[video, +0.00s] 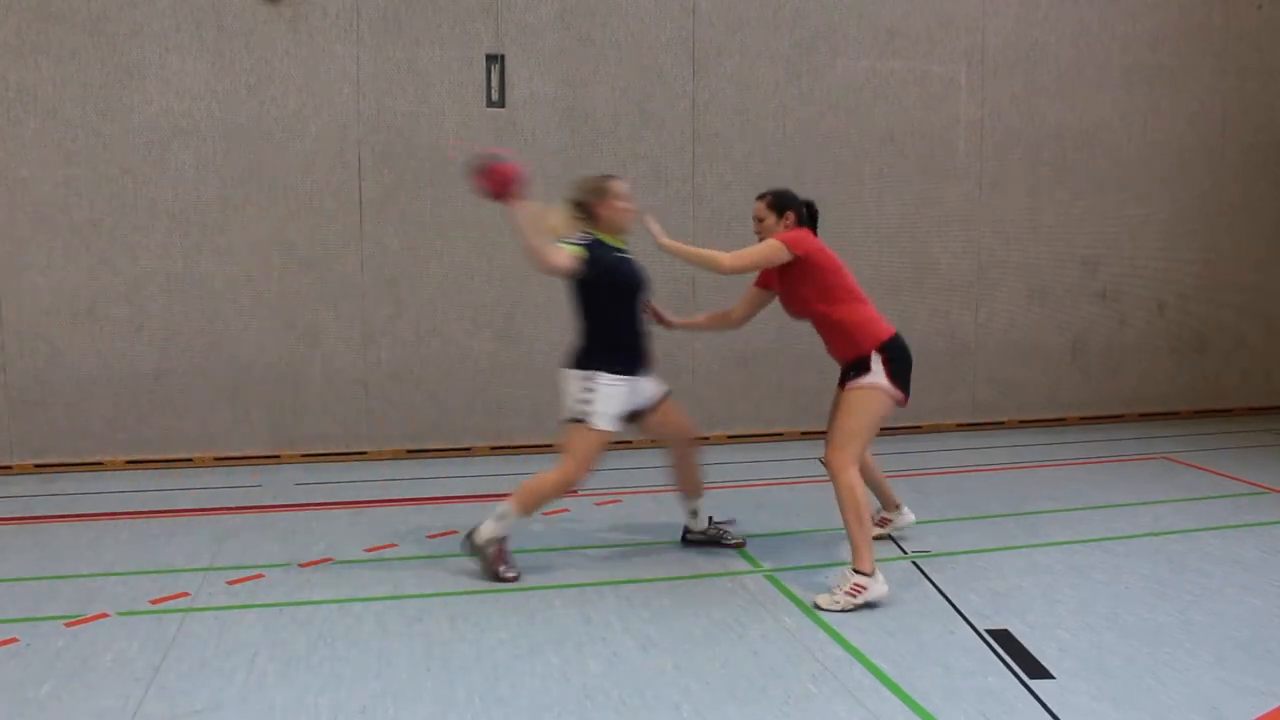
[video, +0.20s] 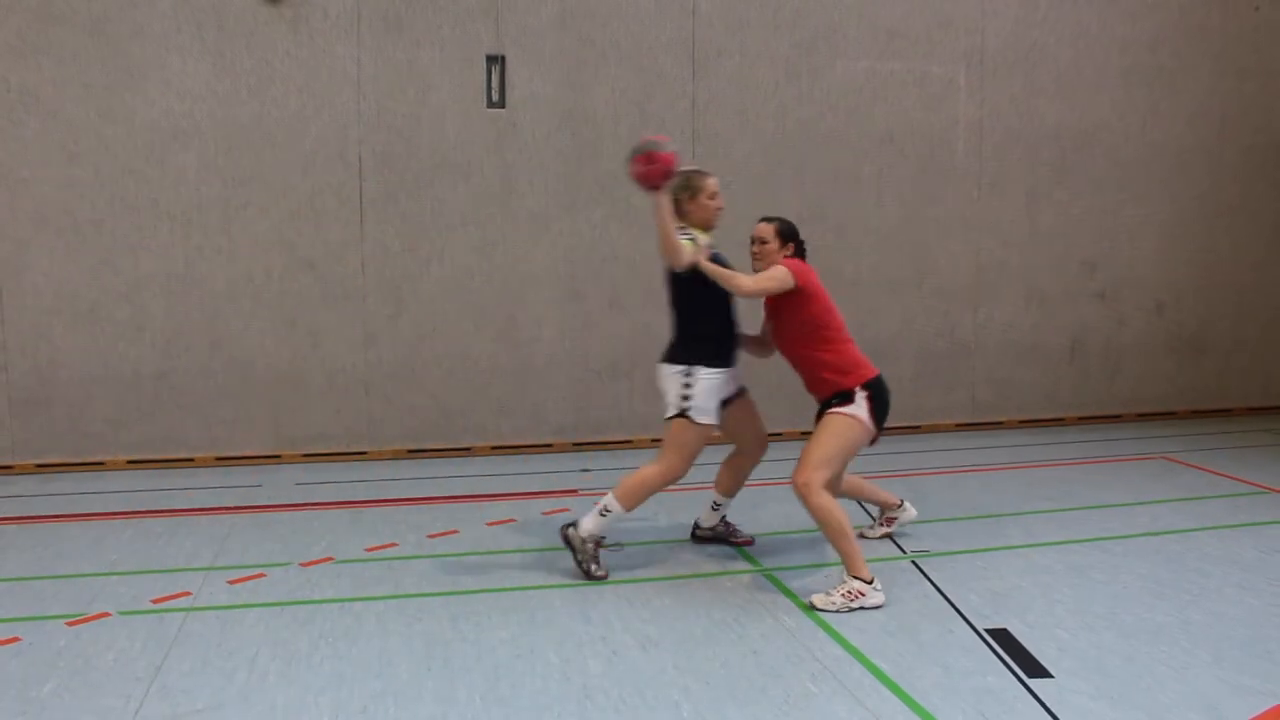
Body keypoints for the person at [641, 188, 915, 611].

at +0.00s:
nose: (754, 229)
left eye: (760, 221)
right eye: (754, 222)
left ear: (788, 219)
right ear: (782, 221)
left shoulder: (799, 243)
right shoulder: (779, 267)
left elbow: (727, 263)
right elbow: (734, 317)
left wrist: (666, 244)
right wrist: (674, 322)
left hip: (878, 357)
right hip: (860, 362)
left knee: (840, 459)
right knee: (847, 446)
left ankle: (865, 576)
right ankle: (893, 509)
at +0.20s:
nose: (753, 250)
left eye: (762, 243)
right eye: (752, 243)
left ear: (787, 248)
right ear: (755, 249)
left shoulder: (795, 271)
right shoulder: (777, 292)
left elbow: (746, 286)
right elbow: (764, 347)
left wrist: (702, 262)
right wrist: (722, 334)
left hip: (858, 395)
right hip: (837, 400)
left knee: (808, 482)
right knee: (827, 481)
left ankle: (861, 582)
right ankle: (894, 506)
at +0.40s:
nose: (774, 247)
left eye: (784, 242)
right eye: (771, 240)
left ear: (804, 247)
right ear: (765, 243)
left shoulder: (811, 275)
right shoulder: (772, 275)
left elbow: (791, 297)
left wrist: (755, 268)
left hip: (847, 403)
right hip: (816, 408)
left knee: (795, 483)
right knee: (830, 494)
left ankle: (849, 583)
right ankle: (893, 501)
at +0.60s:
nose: (798, 256)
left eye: (806, 249)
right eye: (791, 250)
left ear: (818, 254)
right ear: (779, 257)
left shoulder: (831, 285)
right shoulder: (770, 299)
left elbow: (830, 303)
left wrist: (778, 277)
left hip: (863, 413)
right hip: (818, 424)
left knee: (817, 477)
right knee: (845, 497)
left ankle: (850, 582)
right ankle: (894, 497)